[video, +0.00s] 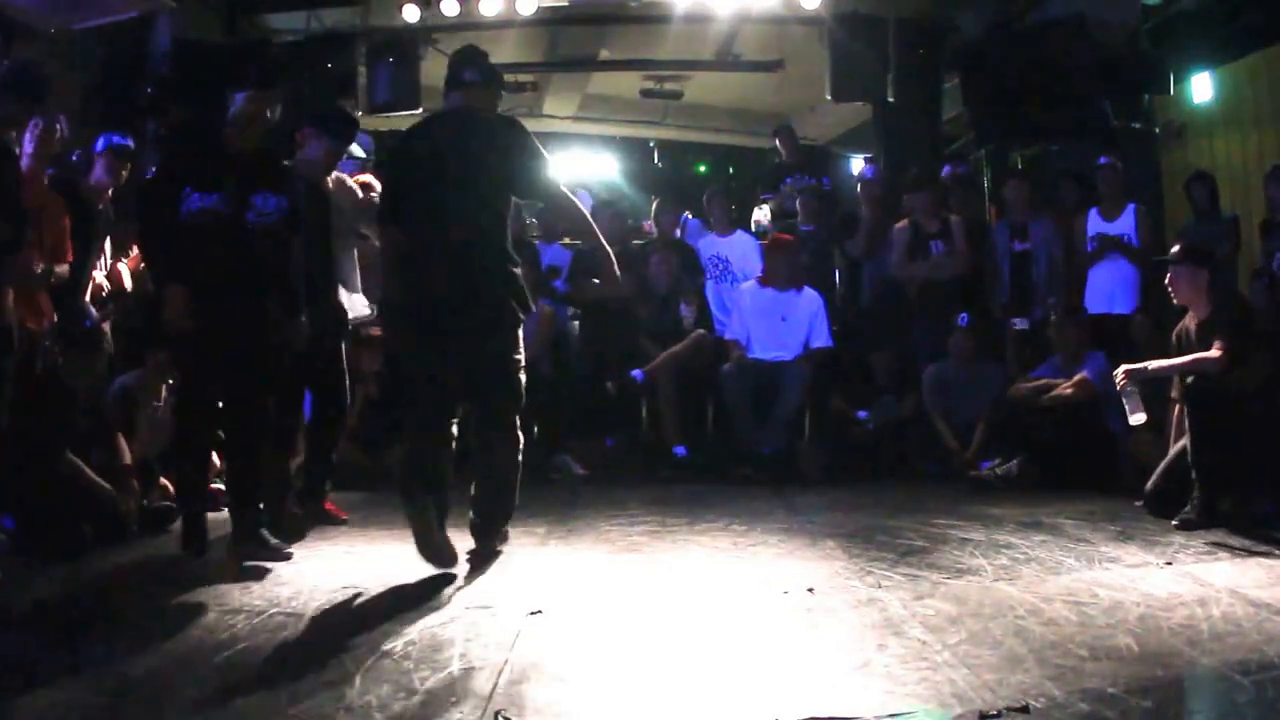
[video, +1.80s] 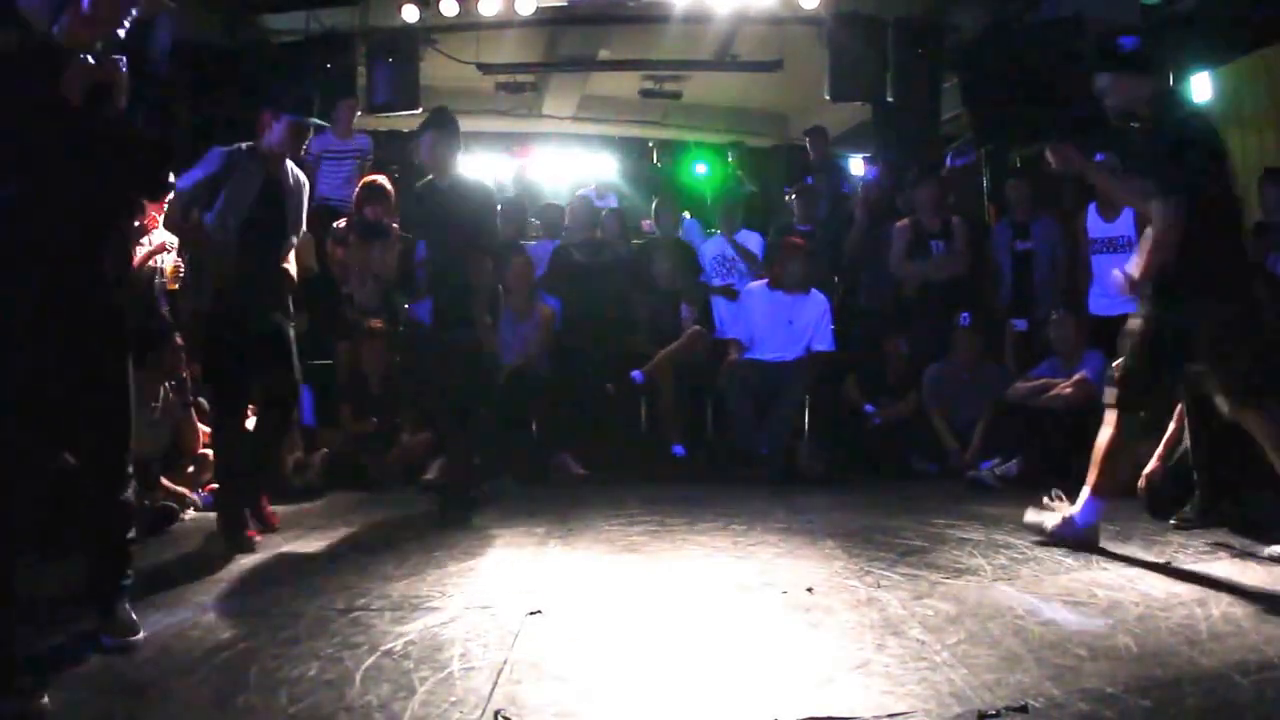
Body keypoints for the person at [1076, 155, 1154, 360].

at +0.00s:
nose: (1107, 183)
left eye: (1111, 177)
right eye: (1102, 178)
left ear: (1120, 180)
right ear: (1097, 181)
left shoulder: (1137, 214)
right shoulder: (1087, 218)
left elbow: (1145, 259)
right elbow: (1080, 263)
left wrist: (1119, 245)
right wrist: (1100, 250)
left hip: (1127, 302)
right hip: (1096, 303)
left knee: (1128, 360)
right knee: (1098, 361)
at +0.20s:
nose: (1105, 184)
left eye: (1110, 178)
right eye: (1100, 179)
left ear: (1119, 180)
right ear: (1095, 183)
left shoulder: (1136, 215)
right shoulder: (1085, 220)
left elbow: (1150, 258)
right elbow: (1077, 267)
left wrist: (1122, 260)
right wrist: (1095, 280)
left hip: (1129, 308)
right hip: (1097, 310)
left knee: (1131, 369)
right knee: (1100, 368)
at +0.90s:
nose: (1108, 180)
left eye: (1113, 174)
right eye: (1104, 175)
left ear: (1123, 178)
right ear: (1099, 179)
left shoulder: (1141, 213)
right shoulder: (1090, 216)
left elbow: (1150, 259)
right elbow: (1088, 260)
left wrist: (1129, 282)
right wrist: (1086, 296)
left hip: (1135, 305)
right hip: (1103, 305)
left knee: (1138, 362)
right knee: (1107, 363)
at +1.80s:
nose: (1104, 187)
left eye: (1109, 180)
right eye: (1099, 180)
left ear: (1119, 181)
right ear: (1093, 183)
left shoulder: (1134, 215)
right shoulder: (1086, 215)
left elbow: (1145, 253)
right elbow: (1083, 258)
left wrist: (1137, 279)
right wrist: (1083, 295)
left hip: (1129, 304)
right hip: (1097, 303)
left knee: (1126, 362)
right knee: (1096, 361)